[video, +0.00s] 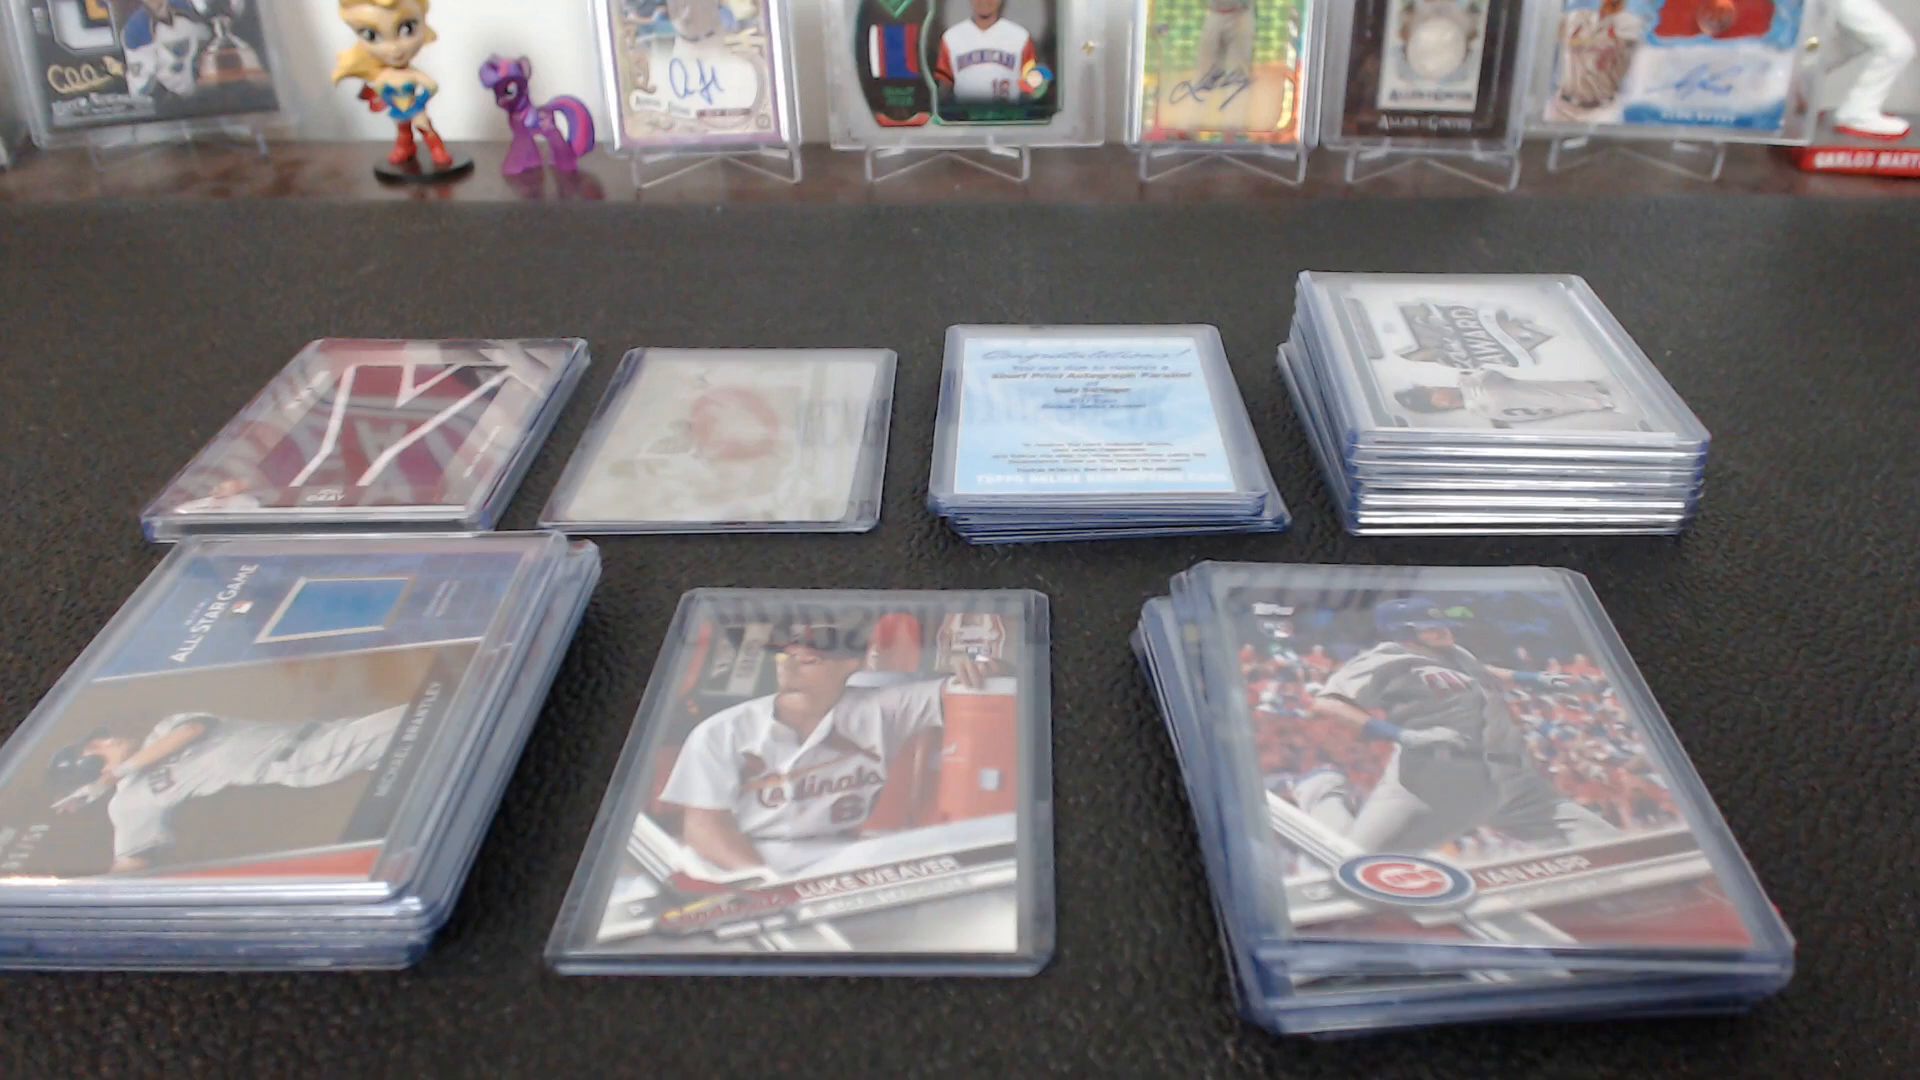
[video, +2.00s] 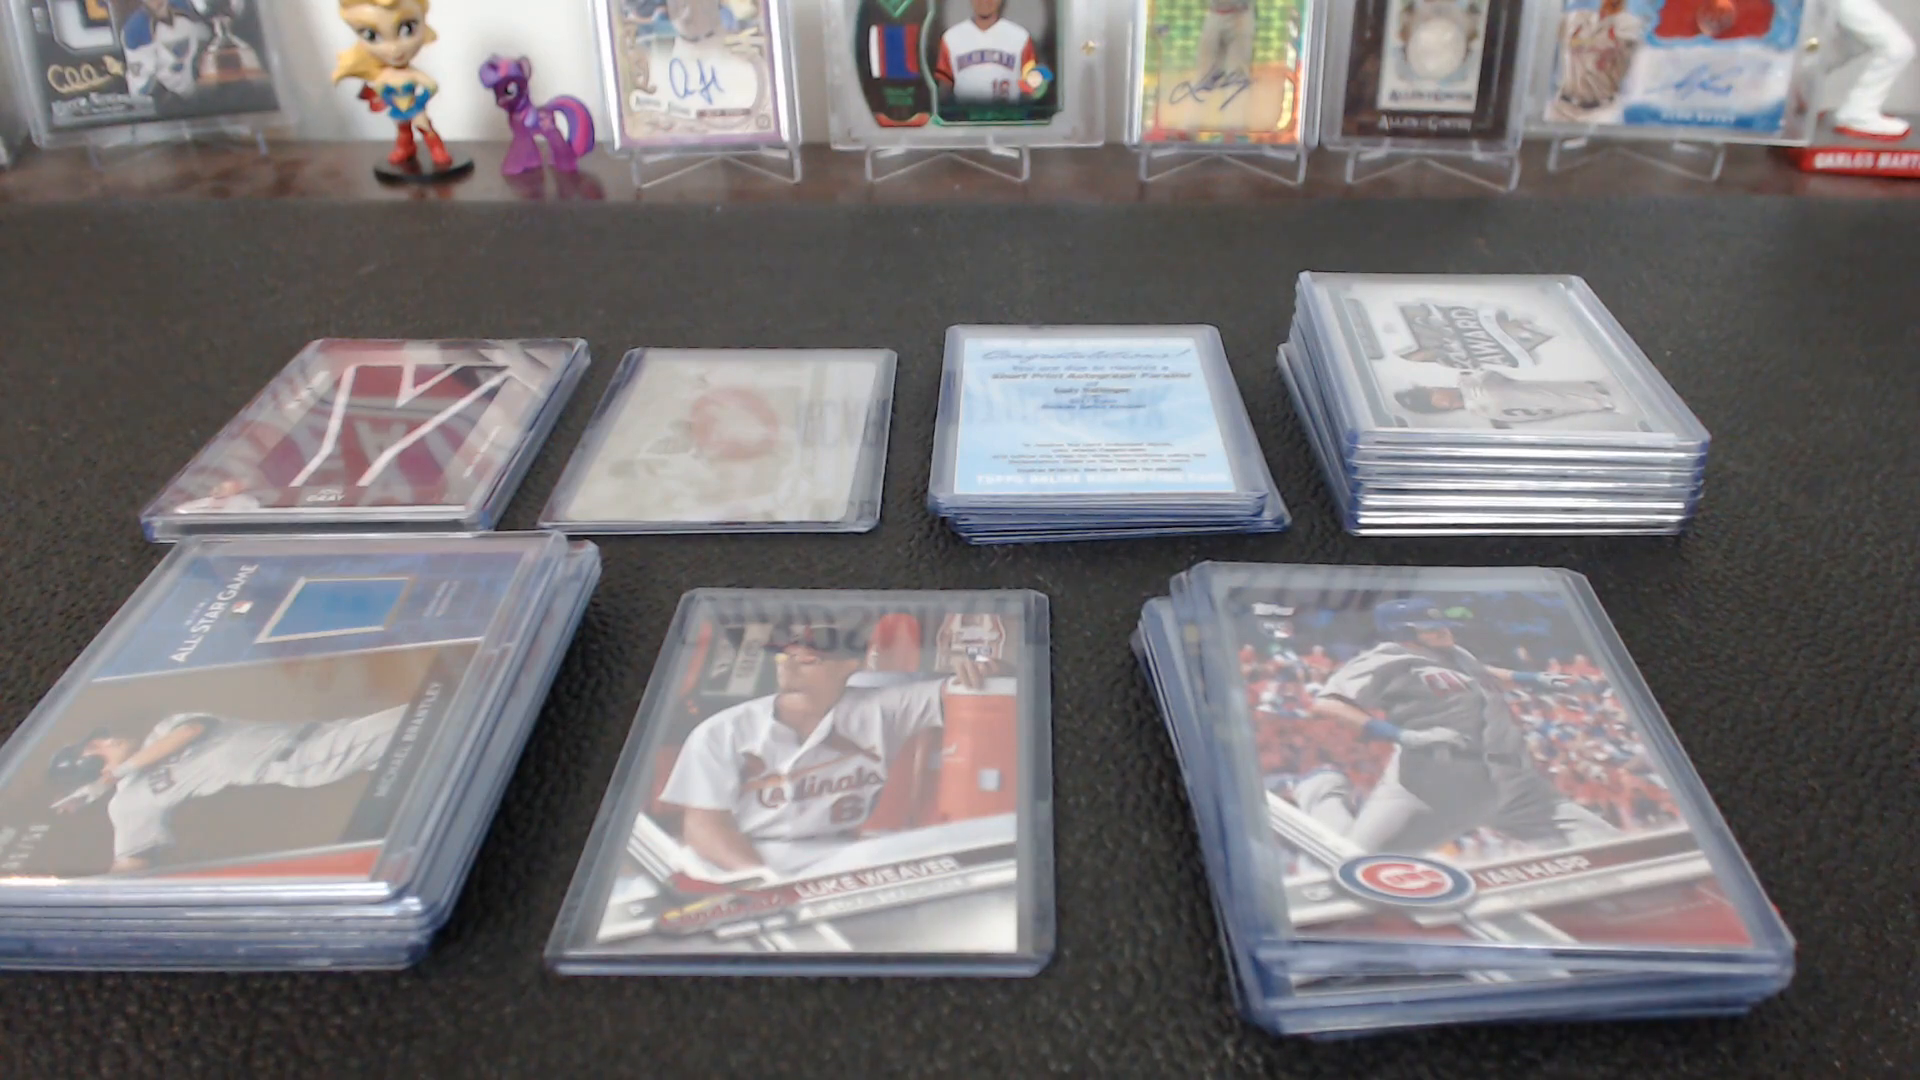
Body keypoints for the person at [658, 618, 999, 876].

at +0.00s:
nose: (799, 655)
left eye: (820, 645)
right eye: (790, 643)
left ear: (852, 662)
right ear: (776, 655)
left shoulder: (876, 714)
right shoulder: (720, 735)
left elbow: (962, 688)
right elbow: (702, 828)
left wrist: (977, 668)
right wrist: (767, 884)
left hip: (829, 871)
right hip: (732, 874)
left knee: (892, 852)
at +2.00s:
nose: (798, 656)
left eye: (819, 647)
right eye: (789, 644)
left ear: (852, 662)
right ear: (776, 655)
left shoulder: (878, 714)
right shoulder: (720, 735)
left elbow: (962, 688)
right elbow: (702, 828)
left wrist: (977, 667)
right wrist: (766, 883)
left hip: (831, 873)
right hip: (730, 875)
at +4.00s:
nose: (797, 656)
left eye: (818, 648)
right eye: (789, 644)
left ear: (853, 663)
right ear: (776, 655)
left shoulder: (876, 713)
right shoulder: (720, 735)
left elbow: (959, 690)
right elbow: (703, 829)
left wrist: (972, 670)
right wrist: (766, 883)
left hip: (827, 866)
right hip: (729, 870)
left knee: (892, 851)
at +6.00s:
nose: (795, 657)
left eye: (817, 647)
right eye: (787, 645)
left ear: (853, 663)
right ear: (776, 655)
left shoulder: (875, 715)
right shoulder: (720, 735)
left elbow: (954, 691)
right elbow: (703, 828)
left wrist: (973, 672)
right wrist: (767, 883)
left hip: (827, 867)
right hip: (729, 872)